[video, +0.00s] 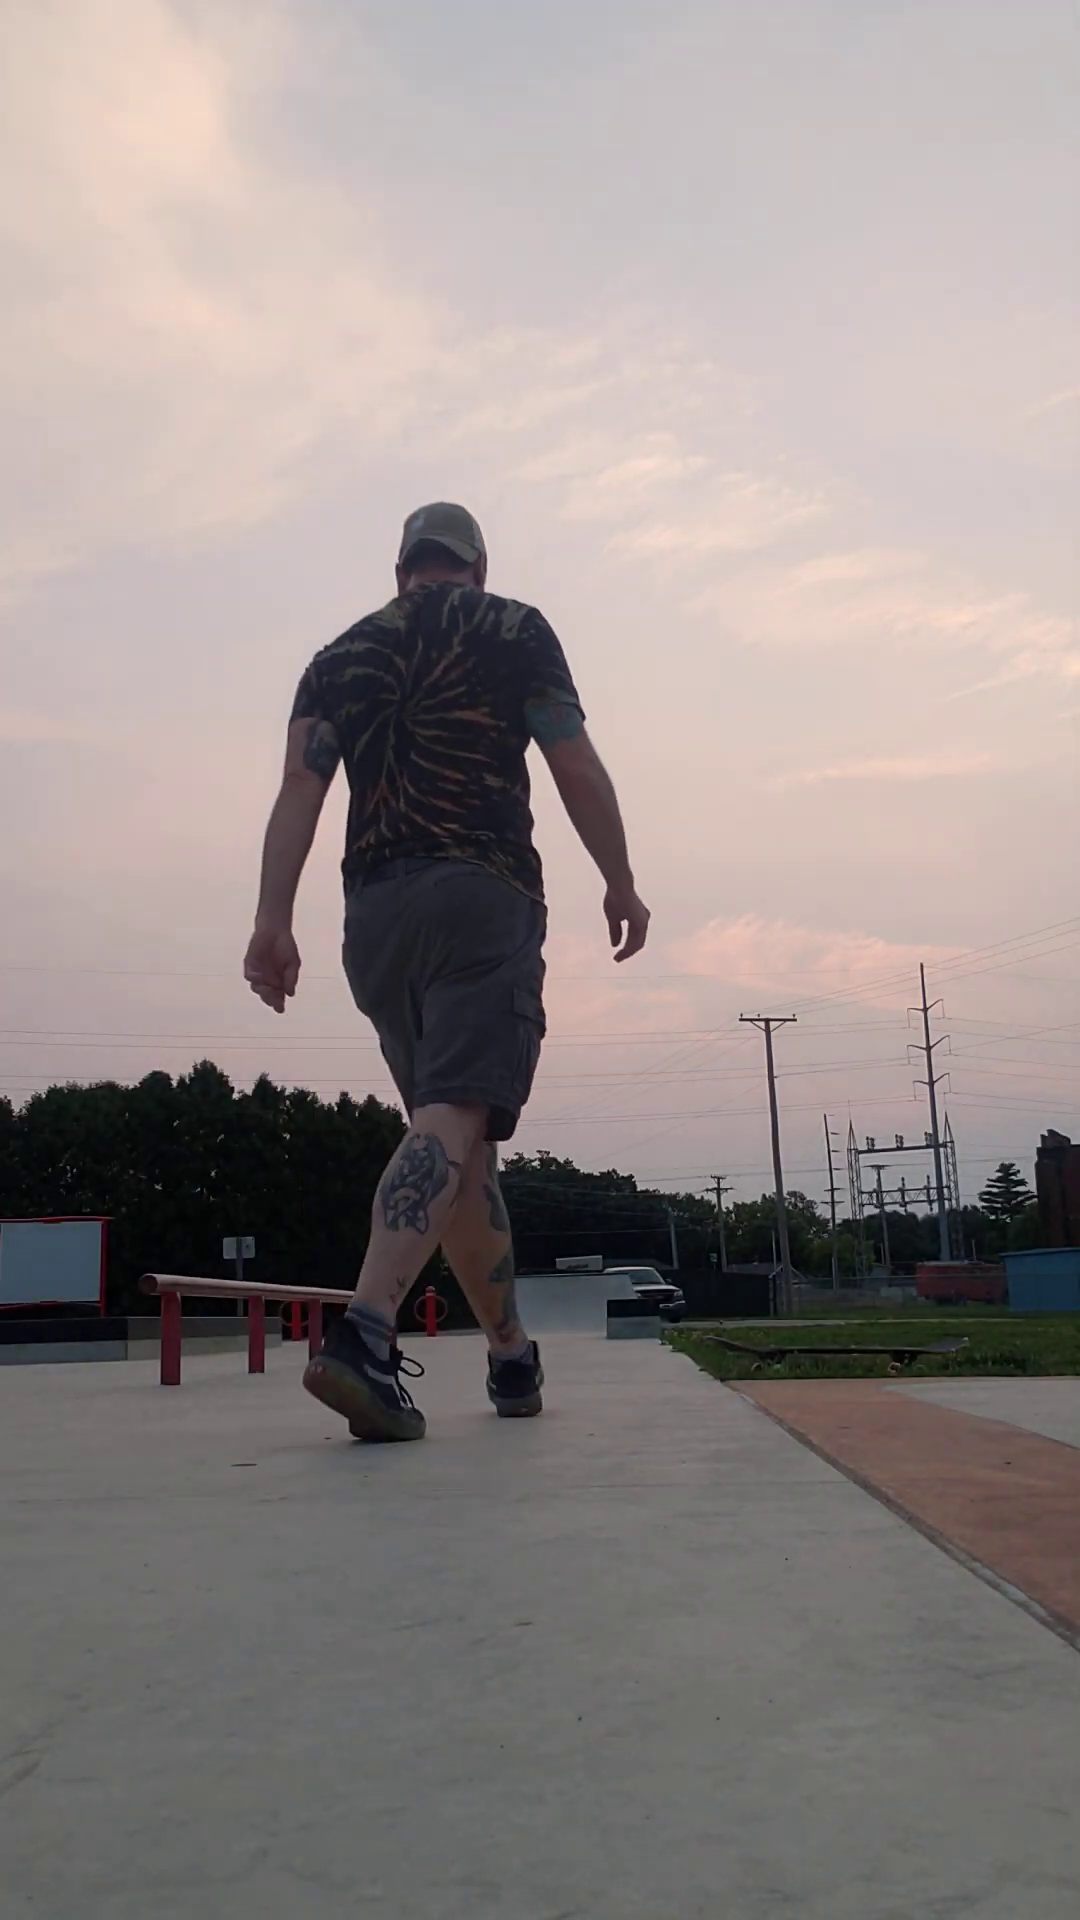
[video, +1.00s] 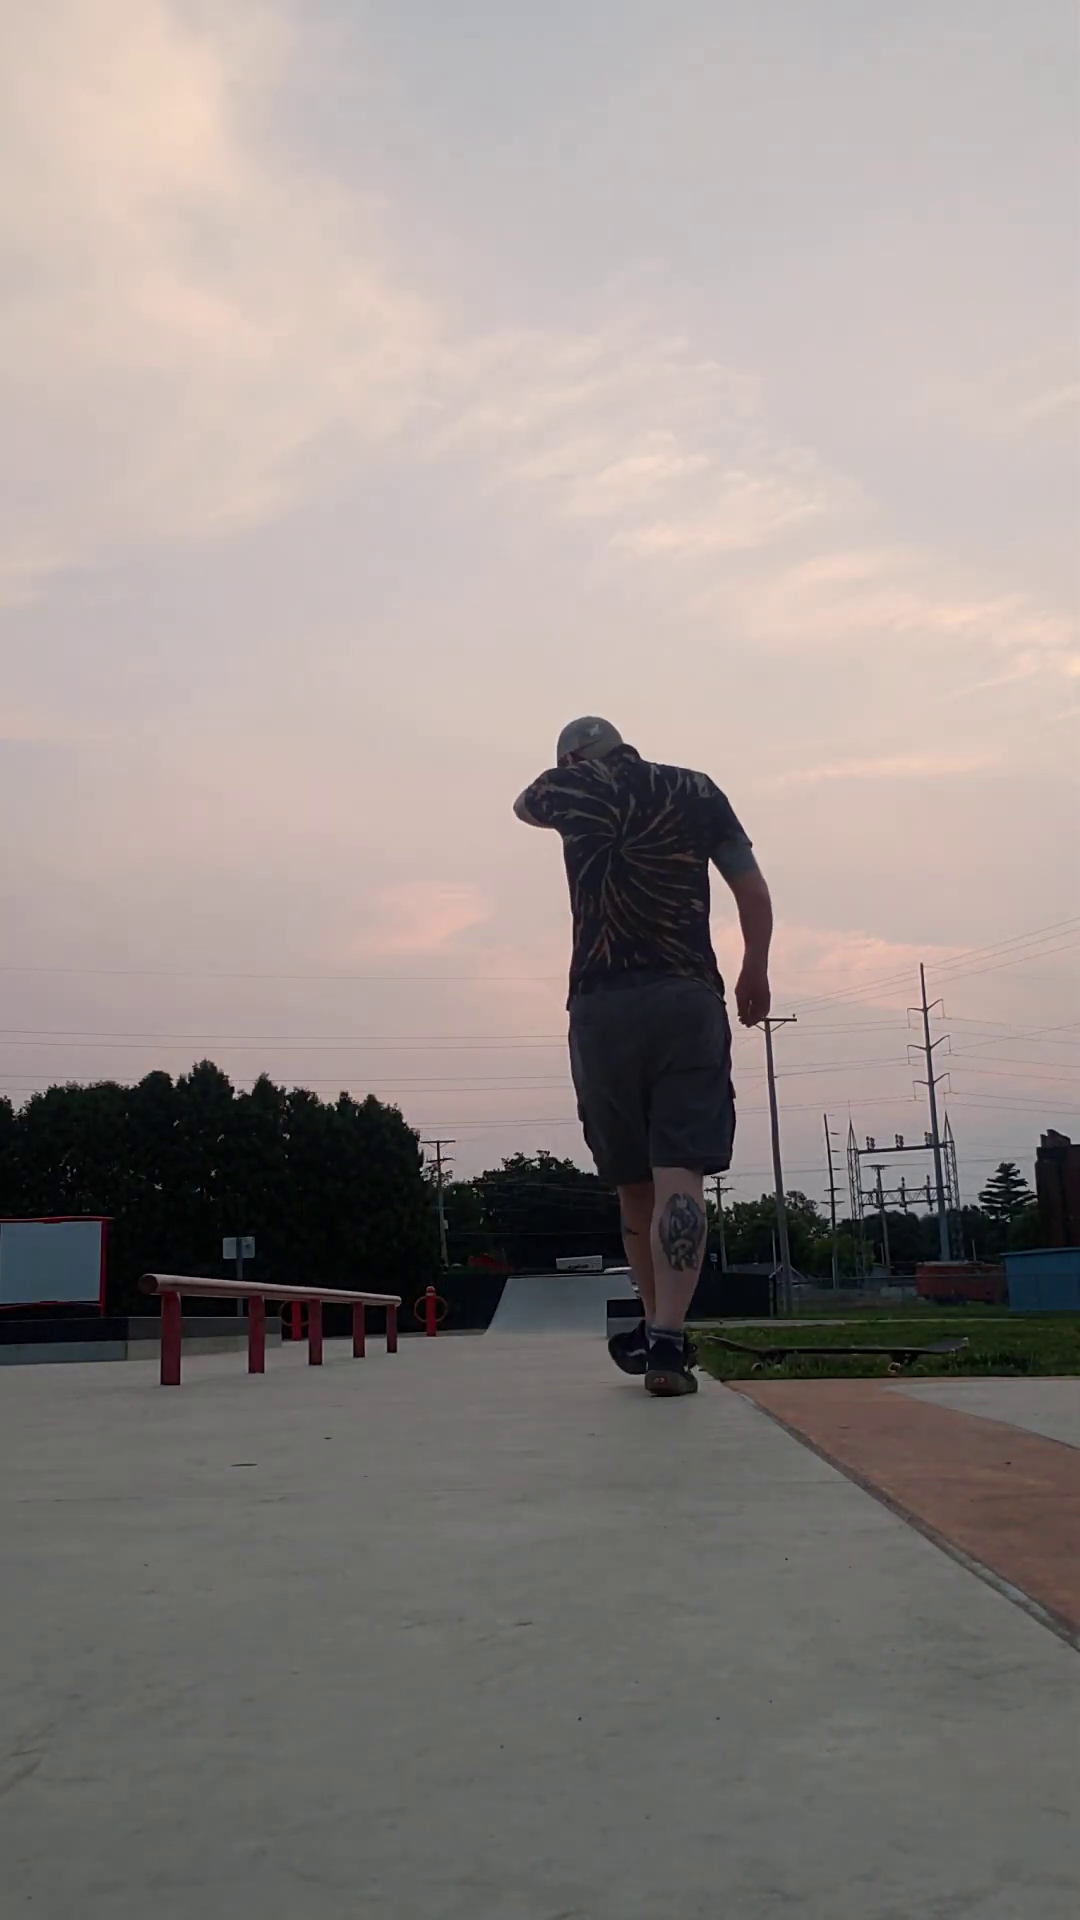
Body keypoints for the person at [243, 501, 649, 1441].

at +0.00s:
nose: (457, 581)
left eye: (427, 566)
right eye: (472, 569)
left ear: (397, 570)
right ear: (480, 567)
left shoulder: (340, 654)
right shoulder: (514, 625)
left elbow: (300, 787)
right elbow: (575, 766)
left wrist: (272, 917)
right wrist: (619, 880)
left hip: (372, 908)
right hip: (483, 892)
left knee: (450, 1131)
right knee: (448, 1118)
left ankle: (510, 1354)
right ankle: (363, 1334)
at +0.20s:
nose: (494, 626)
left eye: (477, 614)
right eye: (510, 614)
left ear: (450, 623)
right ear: (523, 614)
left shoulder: (400, 705)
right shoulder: (553, 669)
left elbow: (383, 852)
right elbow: (601, 802)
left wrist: (380, 974)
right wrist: (645, 911)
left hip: (432, 947)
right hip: (536, 932)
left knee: (499, 1143)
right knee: (587, 1124)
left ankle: (518, 1362)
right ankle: (526, 1255)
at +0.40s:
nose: (513, 671)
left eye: (501, 661)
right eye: (549, 650)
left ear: (495, 663)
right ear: (563, 647)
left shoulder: (463, 729)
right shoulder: (604, 704)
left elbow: (401, 847)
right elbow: (636, 821)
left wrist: (467, 916)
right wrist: (679, 932)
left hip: (490, 955)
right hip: (591, 949)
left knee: (513, 1150)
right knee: (626, 1150)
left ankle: (528, 1355)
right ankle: (661, 1346)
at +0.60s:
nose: (523, 733)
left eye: (519, 724)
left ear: (528, 715)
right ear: (585, 696)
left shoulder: (514, 755)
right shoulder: (656, 748)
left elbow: (458, 792)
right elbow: (706, 861)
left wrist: (523, 852)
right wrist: (737, 960)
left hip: (555, 991)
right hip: (648, 986)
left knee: (561, 1161)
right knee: (662, 1169)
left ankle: (551, 1272)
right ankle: (665, 1354)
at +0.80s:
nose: (544, 752)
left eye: (543, 745)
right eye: (545, 743)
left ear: (557, 732)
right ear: (604, 713)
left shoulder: (557, 763)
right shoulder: (687, 763)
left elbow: (501, 781)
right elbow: (743, 865)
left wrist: (563, 743)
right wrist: (756, 959)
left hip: (587, 990)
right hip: (677, 986)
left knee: (599, 1152)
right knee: (673, 1164)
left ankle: (615, 1300)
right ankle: (667, 1349)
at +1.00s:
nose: (568, 775)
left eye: (566, 767)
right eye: (570, 767)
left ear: (576, 759)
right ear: (623, 743)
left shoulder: (572, 789)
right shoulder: (695, 789)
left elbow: (525, 806)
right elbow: (752, 890)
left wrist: (575, 775)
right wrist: (755, 970)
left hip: (604, 1007)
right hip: (688, 1000)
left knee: (632, 1183)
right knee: (681, 1175)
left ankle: (658, 1333)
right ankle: (668, 1340)